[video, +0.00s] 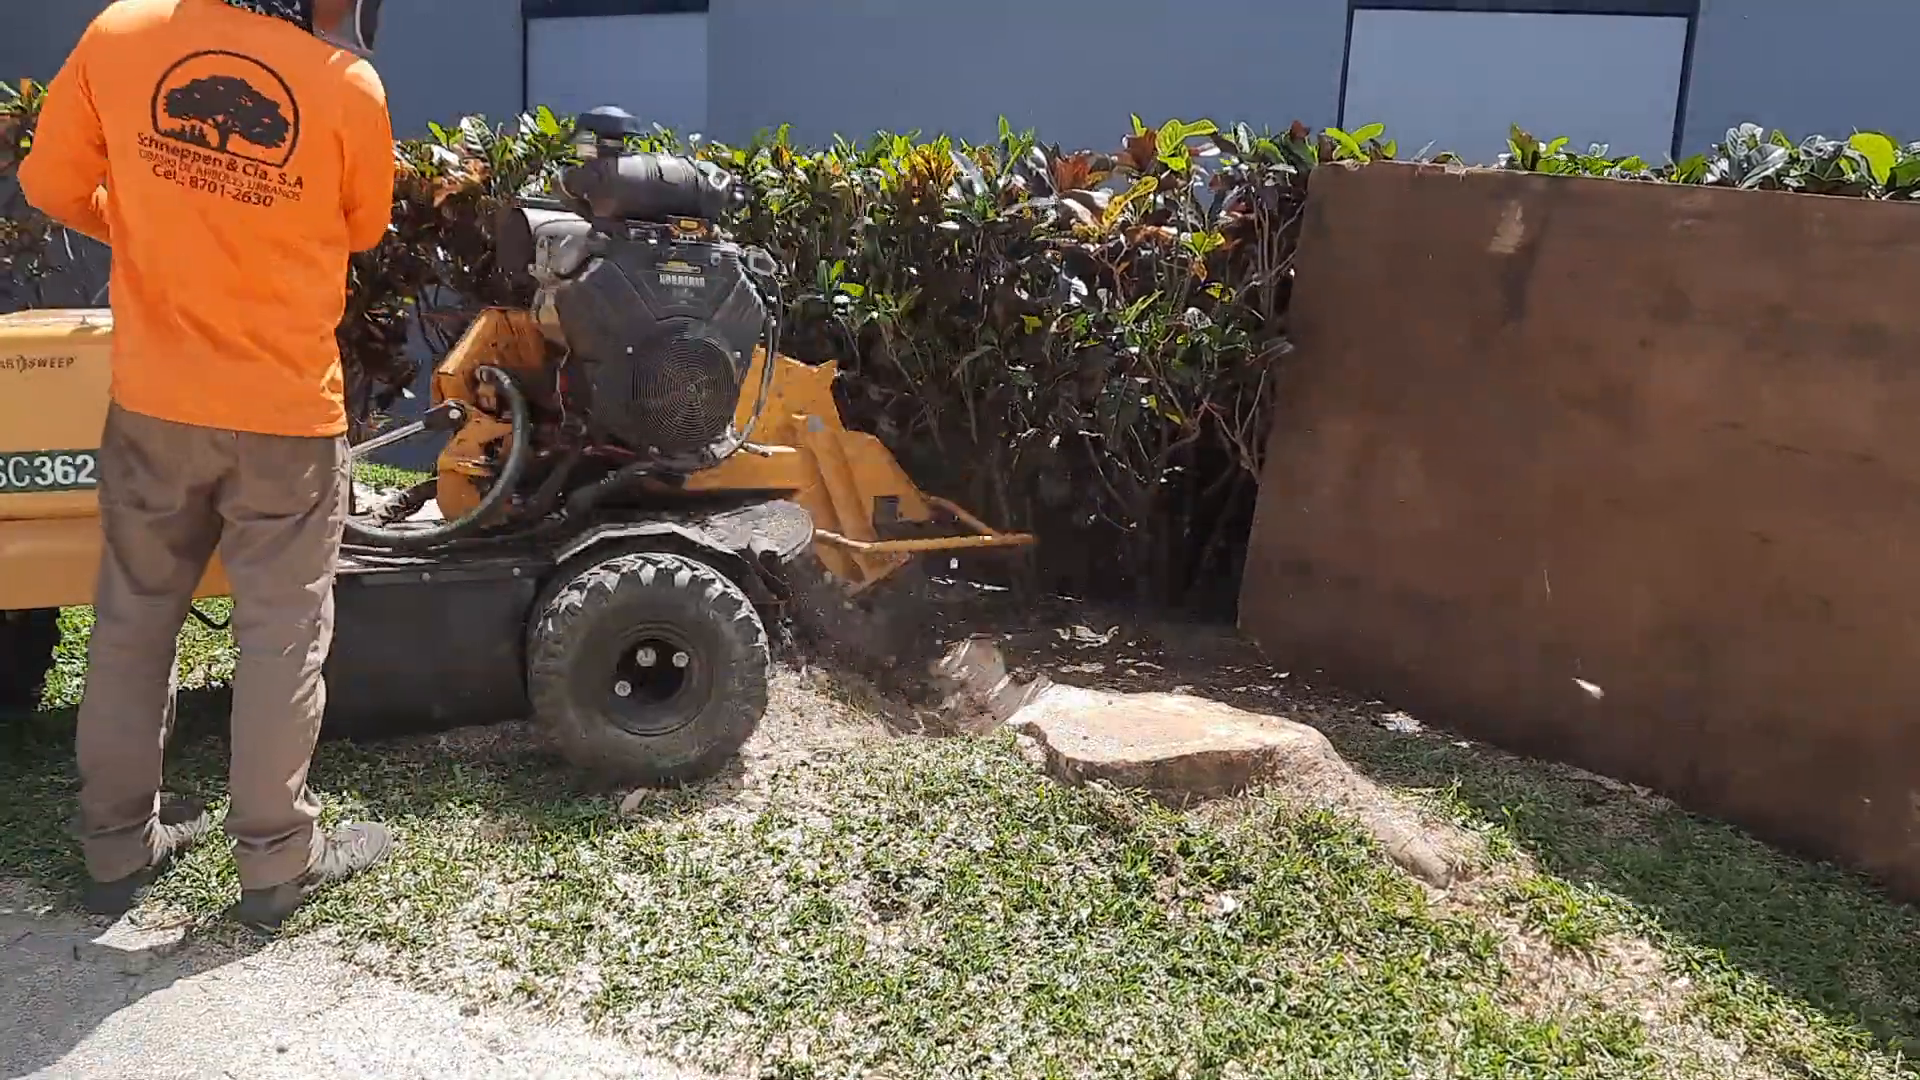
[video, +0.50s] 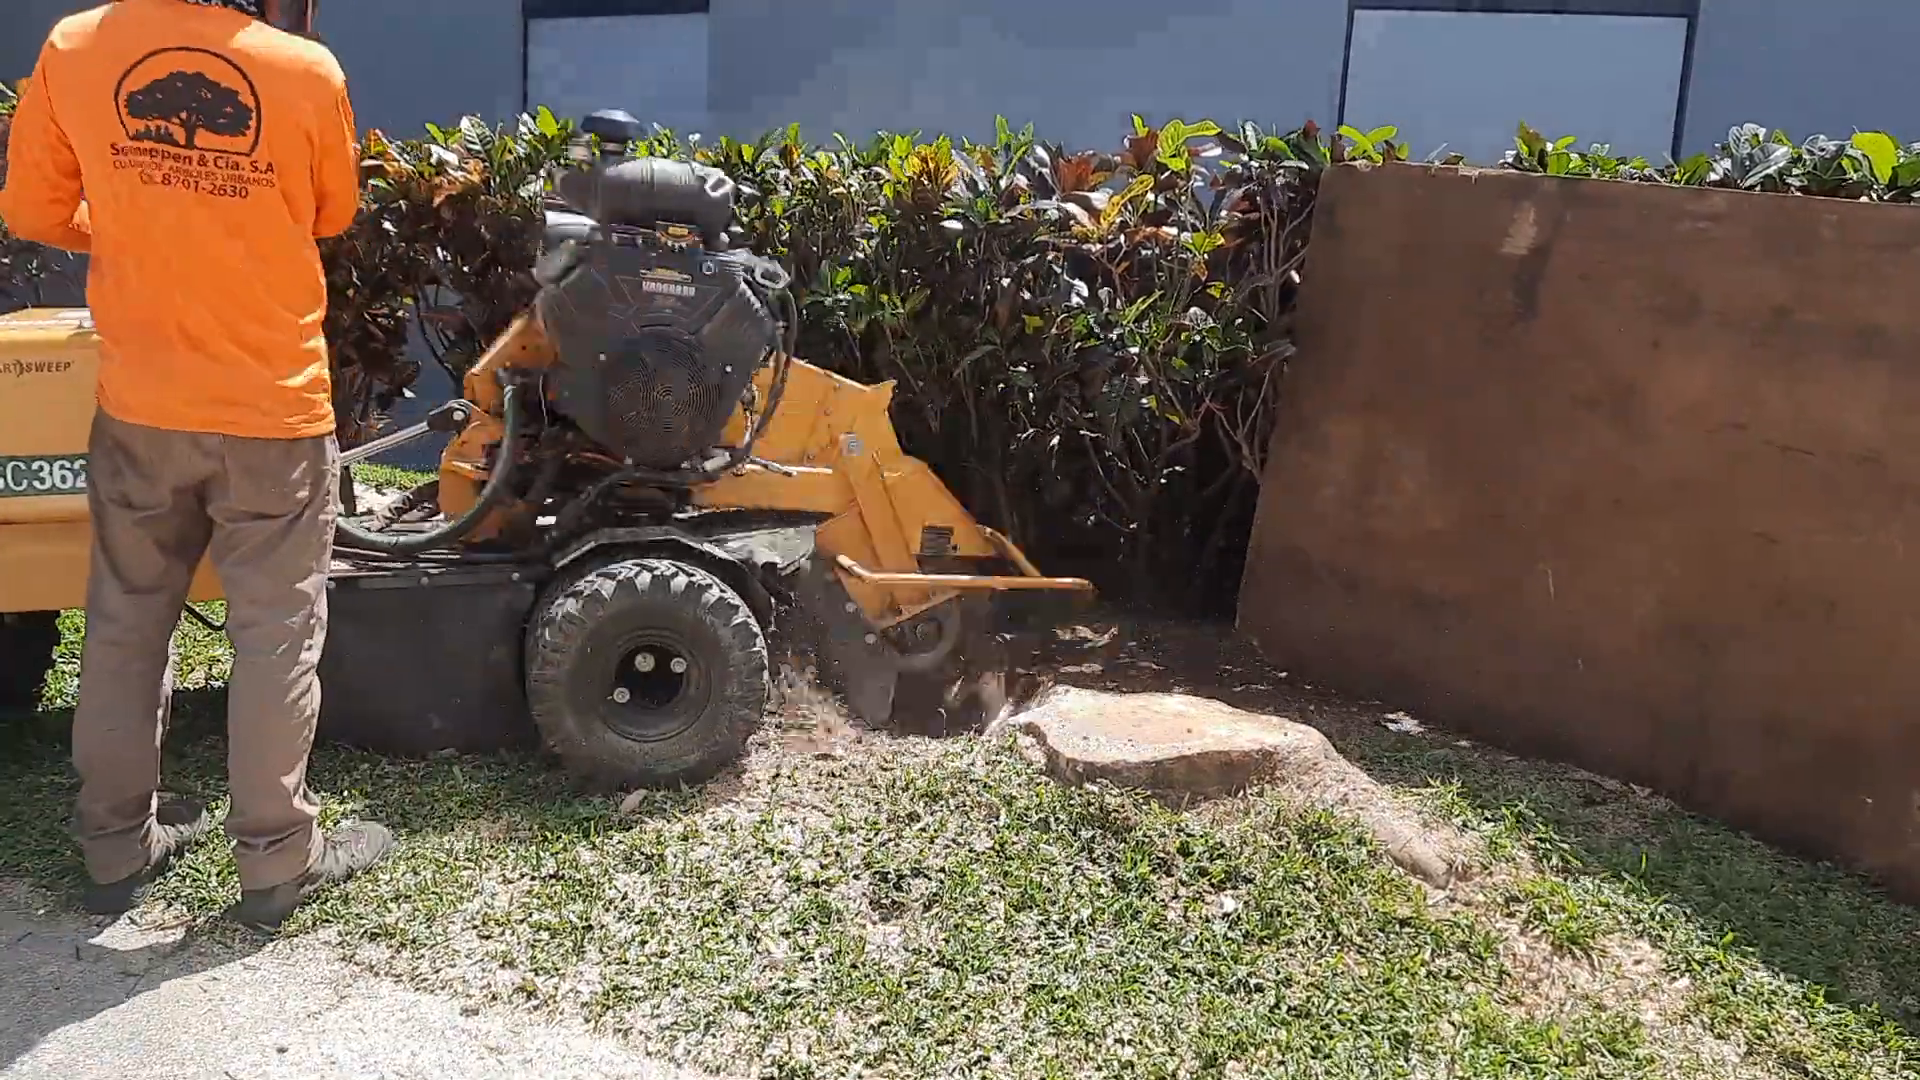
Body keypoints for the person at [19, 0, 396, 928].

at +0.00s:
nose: (358, 17)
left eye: (361, 7)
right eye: (355, 6)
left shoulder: (122, 29)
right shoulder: (347, 83)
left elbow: (49, 183)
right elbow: (363, 225)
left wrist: (141, 222)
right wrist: (268, 212)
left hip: (154, 393)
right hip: (286, 404)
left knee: (134, 617)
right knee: (282, 630)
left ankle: (114, 845)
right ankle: (274, 863)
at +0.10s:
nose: (359, 22)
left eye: (362, 13)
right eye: (357, 11)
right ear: (323, 0)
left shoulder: (121, 34)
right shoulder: (351, 90)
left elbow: (45, 186)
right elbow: (362, 232)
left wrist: (128, 227)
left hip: (158, 395)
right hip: (293, 408)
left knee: (135, 620)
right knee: (287, 633)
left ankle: (113, 850)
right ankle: (277, 862)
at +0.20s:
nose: (358, 19)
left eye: (362, 10)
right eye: (357, 9)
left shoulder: (125, 35)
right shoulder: (353, 85)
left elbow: (48, 187)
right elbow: (351, 218)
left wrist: (136, 236)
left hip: (162, 397)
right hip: (297, 407)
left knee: (137, 623)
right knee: (289, 633)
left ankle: (114, 847)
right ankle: (276, 860)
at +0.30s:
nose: (311, 15)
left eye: (311, 5)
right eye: (308, 4)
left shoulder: (75, 44)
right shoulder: (301, 78)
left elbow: (32, 201)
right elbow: (347, 236)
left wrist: (123, 237)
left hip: (140, 402)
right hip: (271, 410)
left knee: (124, 626)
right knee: (277, 633)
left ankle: (112, 848)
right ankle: (277, 858)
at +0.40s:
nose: (299, 17)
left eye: (300, 9)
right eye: (299, 6)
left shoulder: (68, 41)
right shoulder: (292, 70)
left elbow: (30, 203)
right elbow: (339, 224)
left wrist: (125, 225)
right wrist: (248, 194)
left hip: (137, 399)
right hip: (267, 403)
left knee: (123, 626)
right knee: (276, 636)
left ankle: (113, 846)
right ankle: (276, 862)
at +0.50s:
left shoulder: (74, 48)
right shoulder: (305, 68)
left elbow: (34, 211)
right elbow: (332, 212)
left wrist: (136, 231)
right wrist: (237, 213)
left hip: (142, 401)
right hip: (274, 407)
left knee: (125, 623)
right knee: (276, 633)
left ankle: (113, 849)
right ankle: (276, 861)